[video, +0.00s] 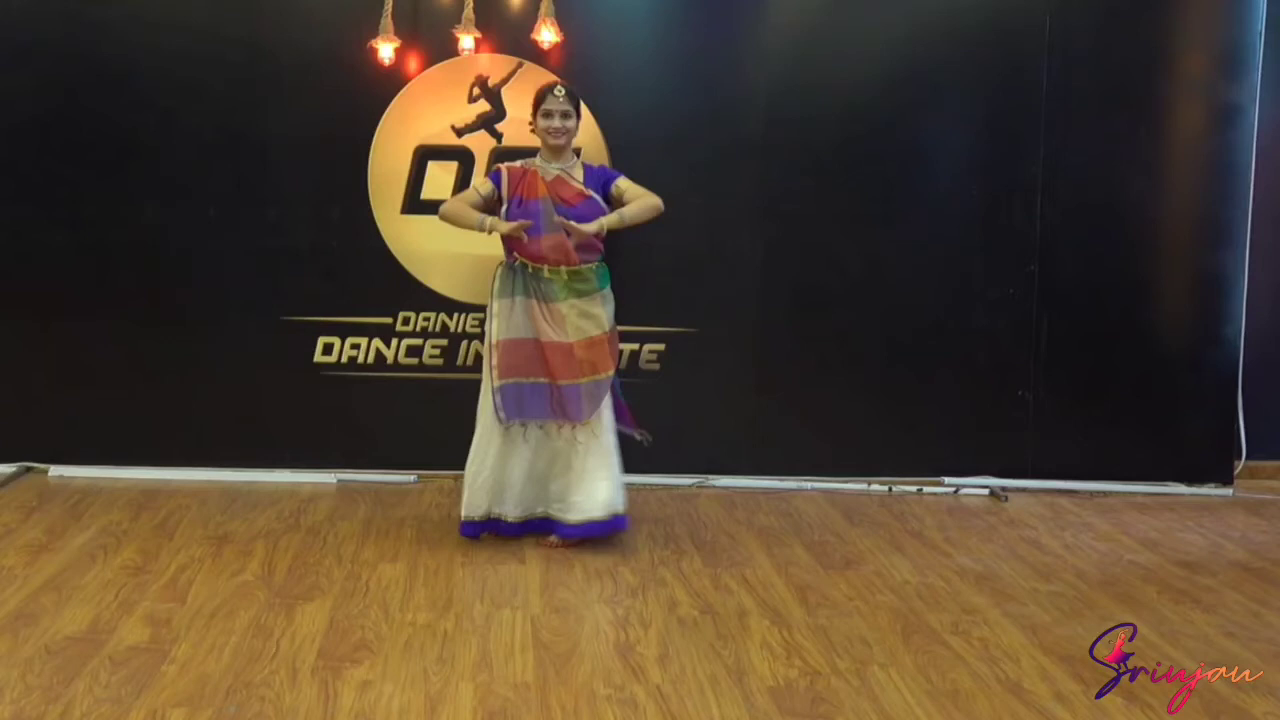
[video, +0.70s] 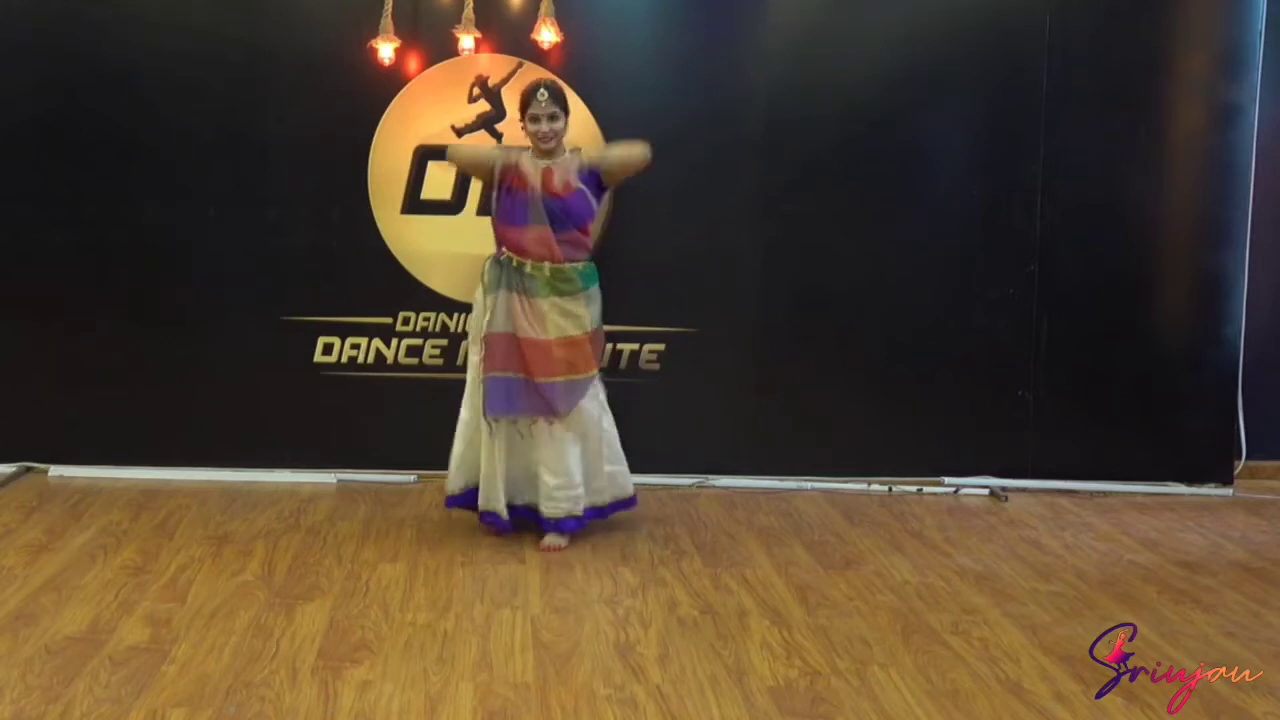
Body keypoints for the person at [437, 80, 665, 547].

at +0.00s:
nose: (558, 123)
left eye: (566, 115)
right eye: (549, 115)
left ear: (578, 123)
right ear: (535, 122)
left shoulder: (596, 176)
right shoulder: (512, 176)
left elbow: (652, 204)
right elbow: (451, 209)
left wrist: (600, 224)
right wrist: (496, 224)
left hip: (581, 304)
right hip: (522, 302)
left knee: (579, 404)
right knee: (519, 401)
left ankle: (574, 514)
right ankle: (515, 509)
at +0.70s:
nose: (543, 126)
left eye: (552, 118)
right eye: (534, 119)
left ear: (566, 122)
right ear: (523, 124)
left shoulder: (587, 170)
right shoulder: (509, 167)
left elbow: (642, 153)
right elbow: (454, 153)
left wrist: (583, 160)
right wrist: (508, 156)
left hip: (566, 302)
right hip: (511, 299)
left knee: (560, 409)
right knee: (509, 404)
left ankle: (560, 515)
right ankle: (508, 505)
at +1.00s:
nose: (539, 140)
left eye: (546, 130)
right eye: (530, 134)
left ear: (564, 134)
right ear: (521, 143)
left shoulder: (592, 185)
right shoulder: (514, 191)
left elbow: (623, 217)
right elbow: (480, 227)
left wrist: (577, 184)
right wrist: (509, 195)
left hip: (590, 312)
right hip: (534, 313)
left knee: (582, 412)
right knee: (525, 414)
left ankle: (570, 509)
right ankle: (557, 519)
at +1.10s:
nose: (535, 153)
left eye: (541, 142)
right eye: (525, 147)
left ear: (560, 144)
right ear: (517, 157)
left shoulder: (595, 197)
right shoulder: (511, 210)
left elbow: (626, 249)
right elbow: (499, 268)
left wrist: (586, 232)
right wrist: (537, 243)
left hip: (596, 323)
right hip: (538, 325)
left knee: (595, 423)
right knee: (538, 425)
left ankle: (606, 511)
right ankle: (594, 519)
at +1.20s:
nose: (527, 173)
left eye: (533, 161)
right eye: (517, 168)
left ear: (552, 159)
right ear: (510, 175)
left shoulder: (595, 209)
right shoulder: (513, 230)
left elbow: (631, 270)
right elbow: (516, 300)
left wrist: (626, 306)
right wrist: (553, 323)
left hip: (609, 339)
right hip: (549, 345)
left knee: (612, 442)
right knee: (562, 448)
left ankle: (643, 521)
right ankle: (565, 542)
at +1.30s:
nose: (525, 184)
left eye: (530, 173)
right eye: (515, 179)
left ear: (550, 167)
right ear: (508, 186)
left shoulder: (597, 213)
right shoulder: (515, 245)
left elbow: (638, 272)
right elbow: (530, 314)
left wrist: (670, 321)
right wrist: (558, 358)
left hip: (621, 338)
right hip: (562, 349)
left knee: (629, 443)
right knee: (578, 448)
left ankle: (648, 533)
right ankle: (580, 540)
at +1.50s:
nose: (535, 200)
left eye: (541, 187)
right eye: (525, 194)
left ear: (562, 177)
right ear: (522, 197)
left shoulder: (610, 209)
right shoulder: (542, 254)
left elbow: (667, 241)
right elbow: (547, 325)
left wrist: (716, 262)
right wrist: (539, 392)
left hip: (637, 344)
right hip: (584, 355)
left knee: (631, 442)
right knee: (589, 446)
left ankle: (626, 536)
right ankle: (565, 538)